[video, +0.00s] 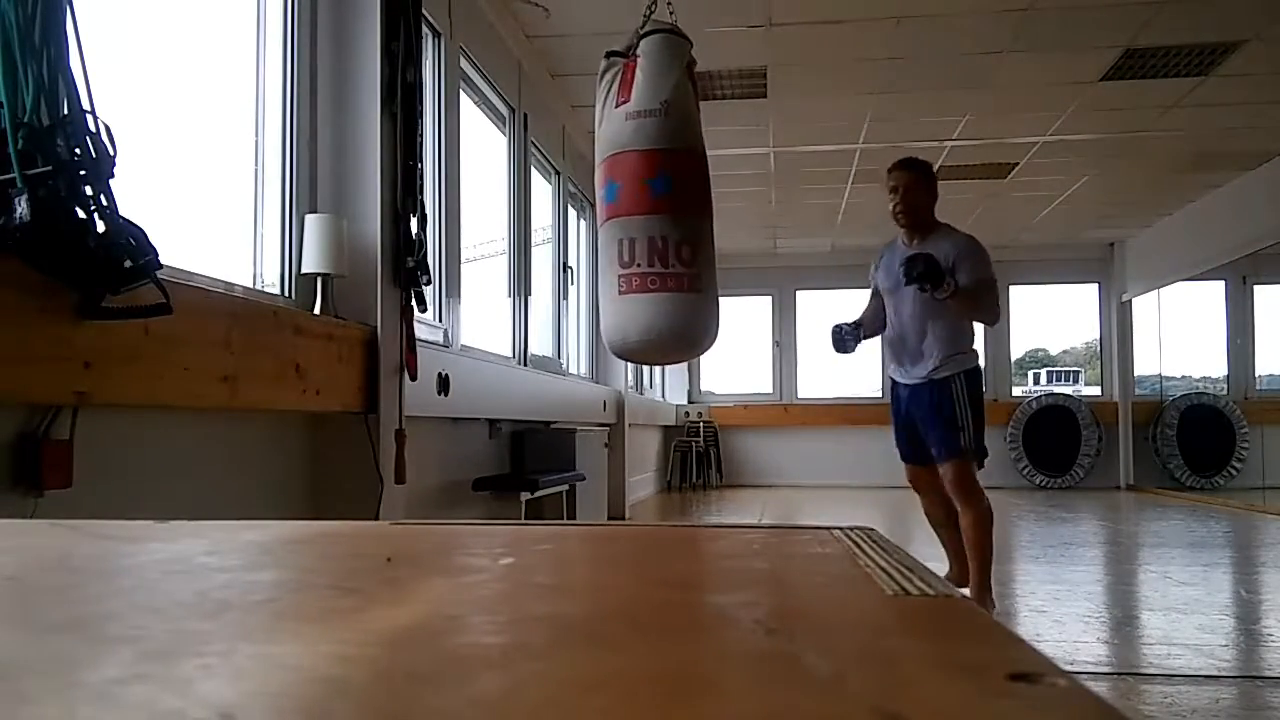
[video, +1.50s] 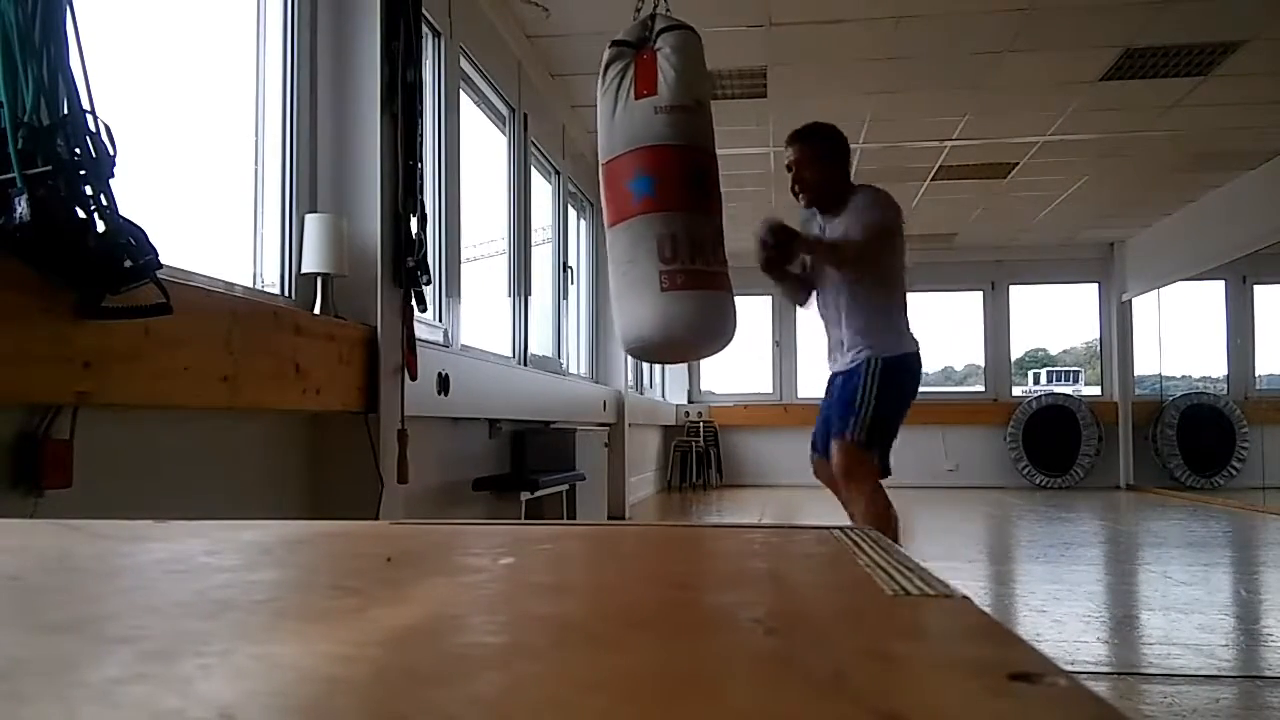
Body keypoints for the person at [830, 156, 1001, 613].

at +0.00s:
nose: (896, 201)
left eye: (906, 190)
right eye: (891, 192)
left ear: (931, 193)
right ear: (887, 199)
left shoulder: (962, 248)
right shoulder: (887, 259)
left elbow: (991, 313)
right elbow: (879, 313)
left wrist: (945, 288)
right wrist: (855, 329)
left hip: (950, 378)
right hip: (904, 383)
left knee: (960, 484)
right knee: (923, 481)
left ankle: (983, 594)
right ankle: (959, 568)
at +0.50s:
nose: (858, 224)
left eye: (861, 213)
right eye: (854, 215)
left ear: (891, 204)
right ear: (873, 211)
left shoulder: (940, 246)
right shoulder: (867, 260)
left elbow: (947, 309)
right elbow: (863, 322)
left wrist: (914, 278)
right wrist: (841, 307)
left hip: (938, 371)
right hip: (895, 376)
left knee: (932, 477)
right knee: (902, 477)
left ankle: (938, 583)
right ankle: (957, 561)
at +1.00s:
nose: (818, 216)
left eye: (823, 204)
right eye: (815, 206)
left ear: (853, 197)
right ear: (823, 204)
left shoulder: (905, 234)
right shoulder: (832, 247)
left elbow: (932, 296)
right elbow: (823, 321)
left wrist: (885, 260)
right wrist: (809, 294)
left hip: (906, 362)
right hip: (863, 371)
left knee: (912, 461)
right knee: (867, 472)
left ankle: (952, 578)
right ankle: (904, 572)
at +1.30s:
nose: (797, 212)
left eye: (804, 199)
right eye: (793, 203)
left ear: (834, 196)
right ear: (793, 208)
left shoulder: (873, 232)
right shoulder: (812, 258)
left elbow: (917, 276)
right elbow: (789, 315)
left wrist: (850, 248)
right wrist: (772, 279)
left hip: (884, 370)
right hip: (858, 375)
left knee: (854, 469)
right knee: (842, 473)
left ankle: (892, 575)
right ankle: (876, 575)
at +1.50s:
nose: (793, 182)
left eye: (801, 169)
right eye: (790, 171)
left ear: (833, 166)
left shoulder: (873, 204)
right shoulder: (812, 221)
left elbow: (858, 257)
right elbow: (802, 293)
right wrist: (776, 271)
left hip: (882, 356)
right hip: (846, 361)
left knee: (851, 463)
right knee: (826, 465)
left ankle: (887, 578)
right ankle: (888, 565)